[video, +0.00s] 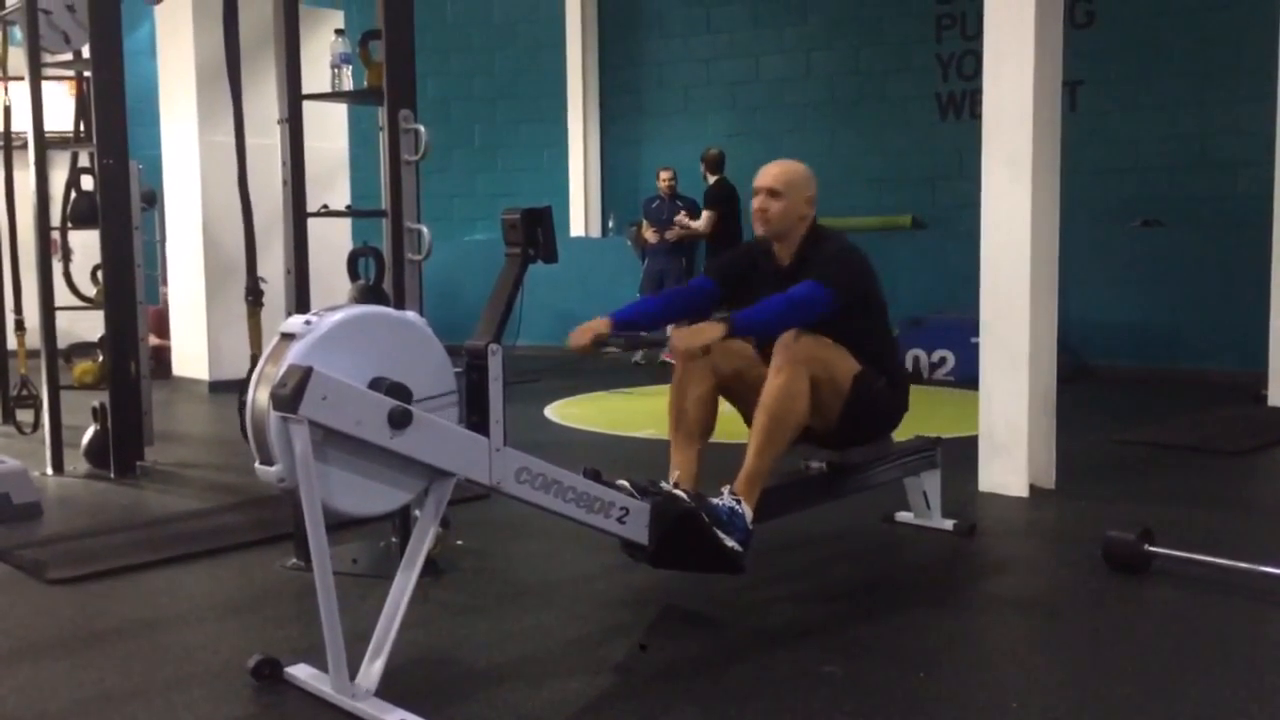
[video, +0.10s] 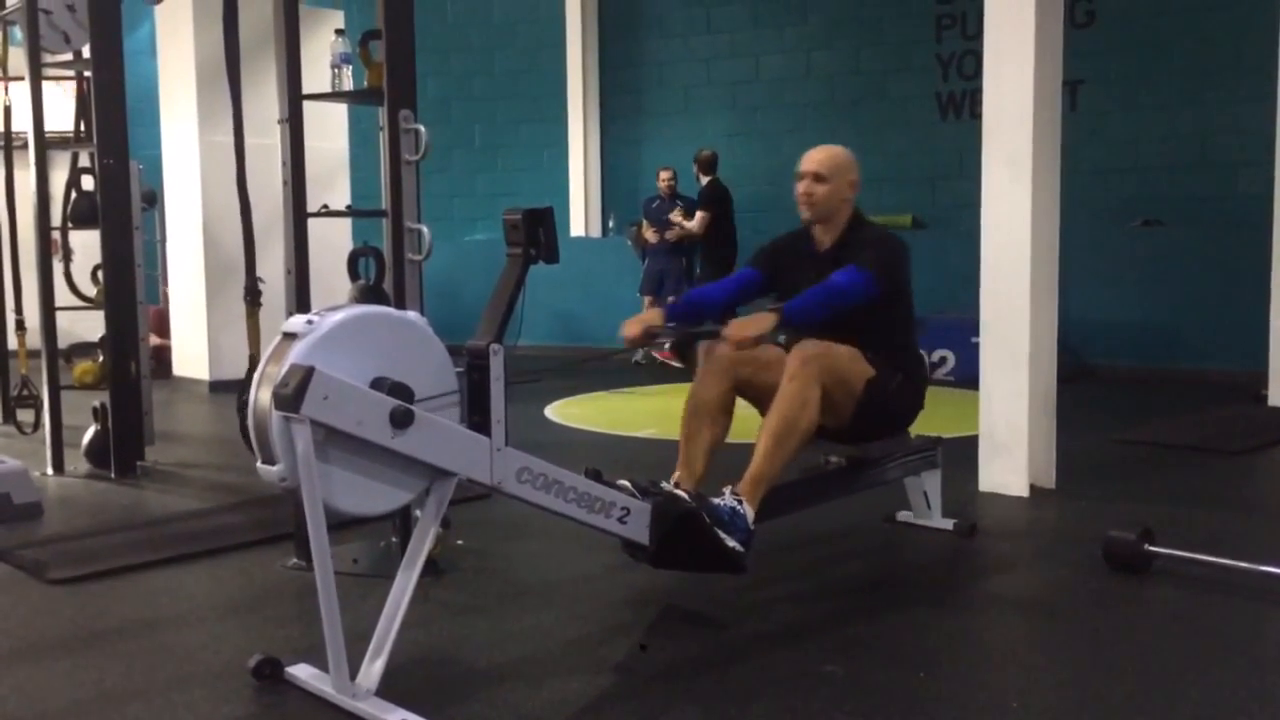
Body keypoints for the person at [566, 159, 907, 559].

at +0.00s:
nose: (759, 205)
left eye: (773, 196)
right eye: (756, 195)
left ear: (807, 206)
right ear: (751, 200)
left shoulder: (840, 258)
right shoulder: (751, 258)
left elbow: (800, 306)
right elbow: (693, 298)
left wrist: (723, 326)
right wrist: (610, 323)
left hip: (865, 410)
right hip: (793, 412)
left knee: (795, 345)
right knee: (698, 349)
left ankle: (740, 507)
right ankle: (680, 490)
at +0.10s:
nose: (803, 189)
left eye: (818, 180)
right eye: (800, 179)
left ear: (849, 190)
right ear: (795, 185)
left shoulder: (882, 249)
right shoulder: (789, 248)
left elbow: (839, 292)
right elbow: (729, 292)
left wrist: (775, 316)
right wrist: (663, 313)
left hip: (884, 396)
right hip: (810, 393)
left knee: (809, 356)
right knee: (718, 356)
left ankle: (742, 508)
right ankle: (681, 491)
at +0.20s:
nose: (852, 181)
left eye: (864, 172)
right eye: (847, 172)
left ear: (894, 181)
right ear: (842, 179)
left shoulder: (920, 242)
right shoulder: (825, 243)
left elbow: (882, 283)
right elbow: (772, 286)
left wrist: (821, 305)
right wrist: (710, 309)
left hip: (902, 384)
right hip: (827, 376)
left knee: (819, 376)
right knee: (737, 373)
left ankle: (742, 511)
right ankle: (681, 491)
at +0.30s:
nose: (893, 184)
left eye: (906, 175)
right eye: (888, 175)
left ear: (934, 183)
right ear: (882, 181)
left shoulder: (955, 243)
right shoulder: (858, 248)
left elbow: (934, 290)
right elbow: (812, 294)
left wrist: (871, 304)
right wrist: (758, 309)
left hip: (918, 374)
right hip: (852, 366)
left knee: (829, 398)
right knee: (763, 390)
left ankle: (744, 510)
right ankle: (680, 493)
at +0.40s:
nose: (926, 202)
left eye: (939, 194)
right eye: (921, 193)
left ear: (965, 204)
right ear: (914, 200)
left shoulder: (987, 260)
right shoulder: (889, 260)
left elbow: (977, 311)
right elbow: (849, 308)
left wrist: (920, 307)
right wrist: (809, 314)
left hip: (927, 371)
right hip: (866, 360)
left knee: (838, 415)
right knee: (792, 402)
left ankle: (747, 506)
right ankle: (686, 489)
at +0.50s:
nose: (941, 223)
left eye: (954, 216)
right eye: (937, 215)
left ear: (981, 223)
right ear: (930, 220)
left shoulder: (1000, 279)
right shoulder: (908, 274)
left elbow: (1028, 335)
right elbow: (866, 340)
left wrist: (966, 308)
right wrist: (841, 323)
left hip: (928, 377)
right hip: (869, 366)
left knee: (841, 426)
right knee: (801, 410)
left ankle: (749, 508)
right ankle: (688, 494)